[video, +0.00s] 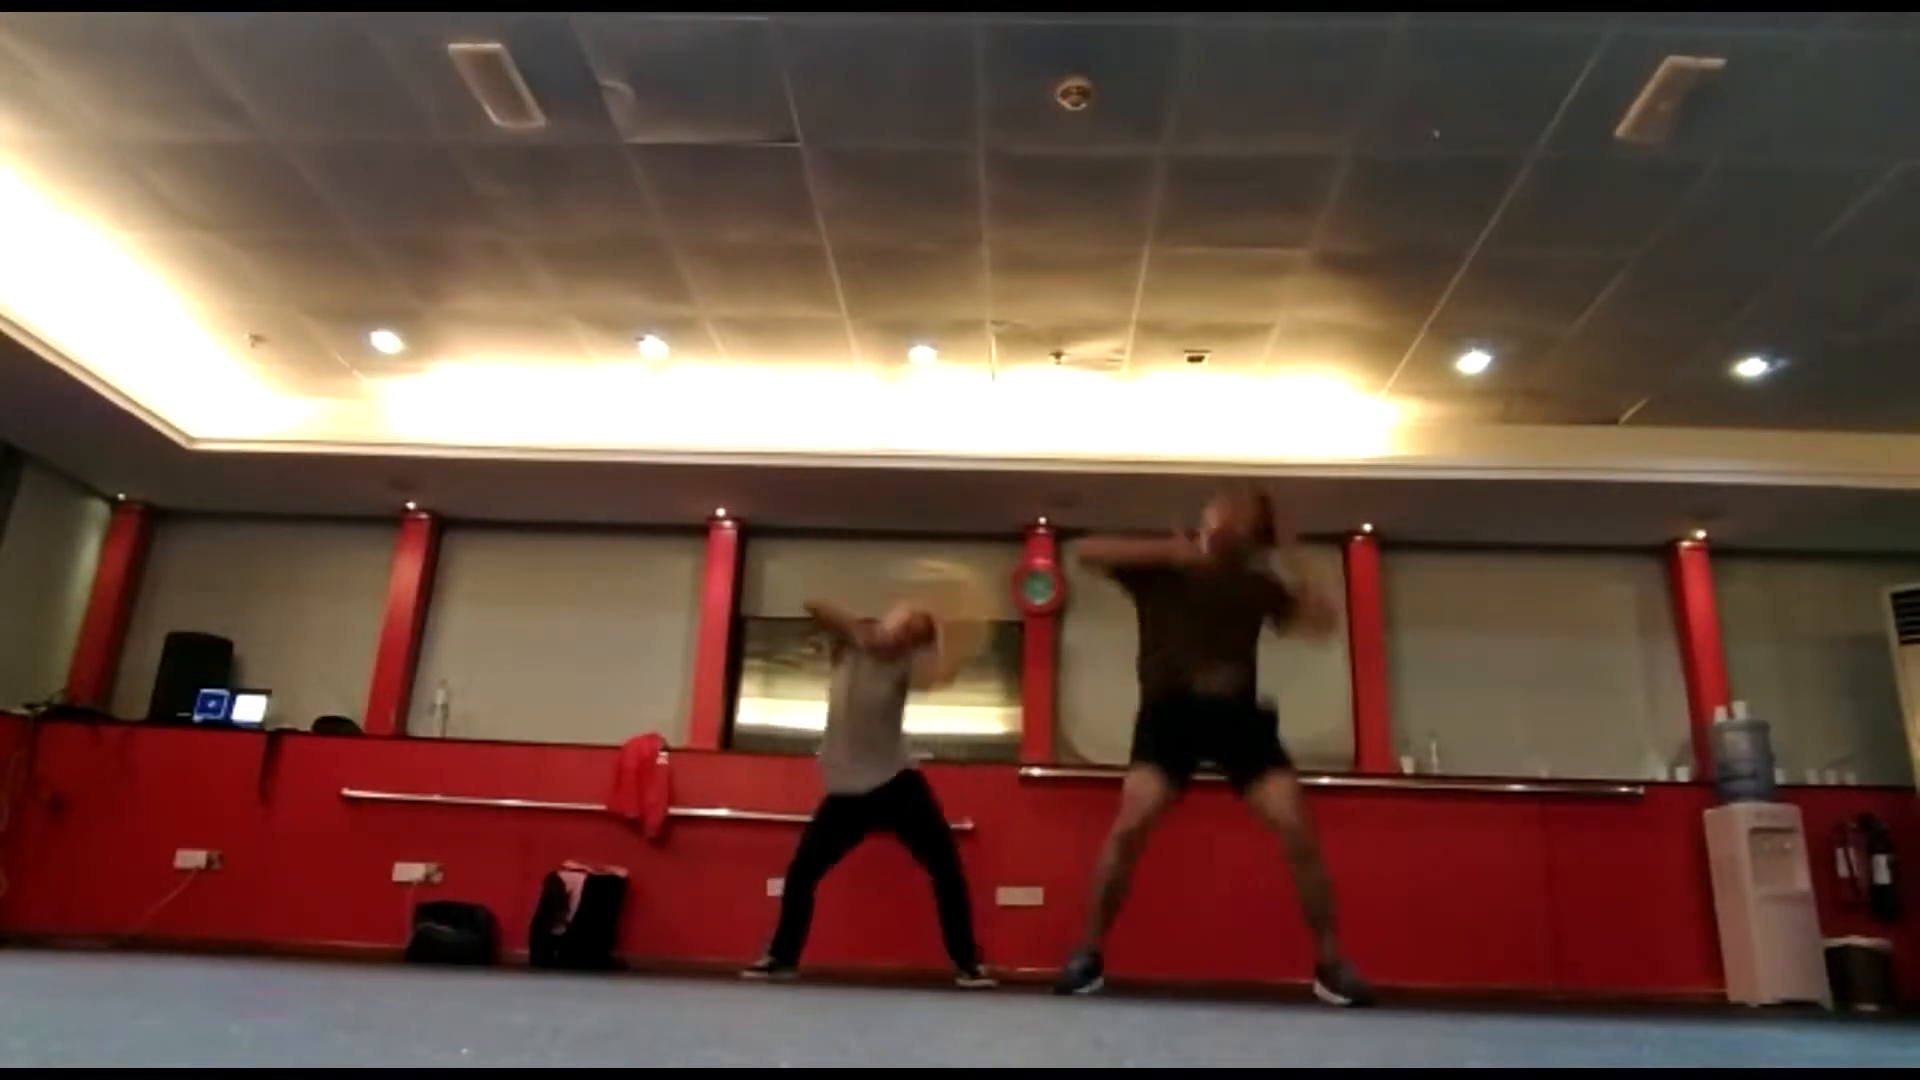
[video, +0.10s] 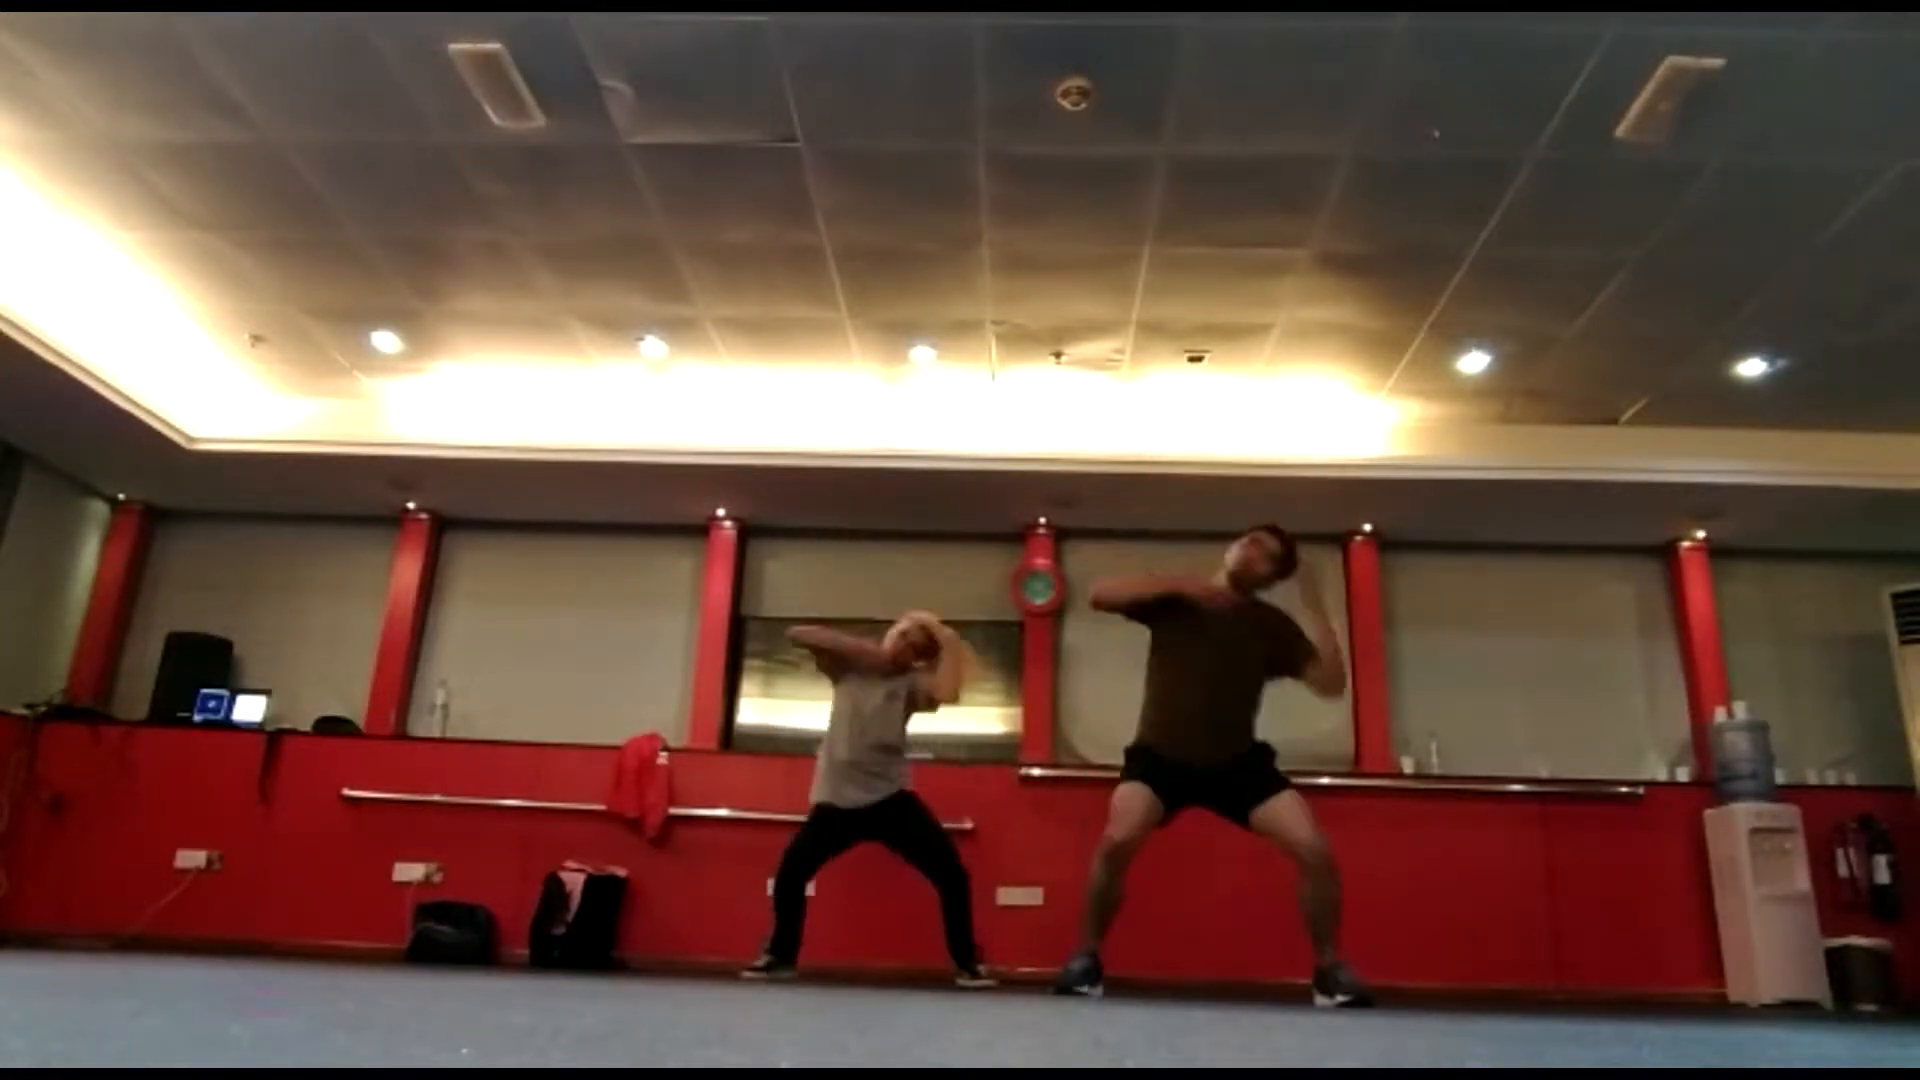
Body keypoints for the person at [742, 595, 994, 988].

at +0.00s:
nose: (898, 638)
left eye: (909, 636)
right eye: (900, 628)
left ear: (914, 643)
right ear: (888, 622)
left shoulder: (902, 664)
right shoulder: (847, 649)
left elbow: (942, 672)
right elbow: (816, 609)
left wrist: (935, 633)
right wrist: (861, 629)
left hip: (897, 789)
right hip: (846, 797)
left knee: (946, 868)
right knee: (800, 875)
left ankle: (967, 964)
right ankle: (782, 960)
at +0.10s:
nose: (903, 649)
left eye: (914, 648)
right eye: (903, 638)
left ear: (920, 657)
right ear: (890, 634)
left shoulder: (910, 685)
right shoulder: (848, 670)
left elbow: (947, 691)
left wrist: (948, 643)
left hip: (891, 804)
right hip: (836, 805)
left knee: (952, 877)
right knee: (790, 875)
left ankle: (967, 965)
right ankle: (781, 959)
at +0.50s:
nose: (889, 612)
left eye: (900, 608)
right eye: (887, 601)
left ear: (905, 621)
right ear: (871, 603)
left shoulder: (892, 672)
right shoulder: (830, 636)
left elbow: (930, 714)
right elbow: (774, 623)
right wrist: (774, 579)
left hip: (864, 778)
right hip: (812, 774)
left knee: (916, 867)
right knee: (763, 847)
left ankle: (963, 957)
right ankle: (753, 948)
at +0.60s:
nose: (864, 593)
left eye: (875, 588)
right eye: (860, 583)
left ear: (886, 598)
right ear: (849, 585)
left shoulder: (876, 655)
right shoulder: (814, 614)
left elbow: (902, 711)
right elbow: (766, 601)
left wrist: (858, 714)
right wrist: (788, 573)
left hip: (840, 759)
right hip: (789, 755)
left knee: (883, 838)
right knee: (754, 841)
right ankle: (740, 938)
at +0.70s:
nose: (847, 584)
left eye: (856, 576)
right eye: (841, 573)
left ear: (866, 584)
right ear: (826, 576)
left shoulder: (862, 640)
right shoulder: (797, 610)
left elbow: (889, 697)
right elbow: (741, 582)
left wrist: (853, 714)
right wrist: (773, 575)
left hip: (827, 748)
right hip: (776, 742)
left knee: (843, 843)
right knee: (737, 830)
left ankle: (831, 948)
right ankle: (706, 926)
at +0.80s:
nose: (799, 580)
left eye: (806, 572)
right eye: (791, 572)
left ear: (819, 578)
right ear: (774, 578)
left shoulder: (830, 635)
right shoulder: (758, 620)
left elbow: (857, 678)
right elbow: (745, 594)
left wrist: (830, 725)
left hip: (805, 756)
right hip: (750, 757)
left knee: (850, 819)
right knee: (703, 848)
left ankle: (843, 928)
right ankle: (647, 940)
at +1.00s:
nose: (749, 608)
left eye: (756, 598)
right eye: (743, 600)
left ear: (780, 600)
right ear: (736, 604)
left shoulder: (800, 658)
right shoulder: (735, 644)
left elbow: (827, 713)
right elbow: (745, 687)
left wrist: (807, 741)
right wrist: (794, 712)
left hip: (774, 777)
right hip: (726, 781)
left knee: (824, 765)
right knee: (669, 862)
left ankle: (836, 849)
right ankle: (641, 949)